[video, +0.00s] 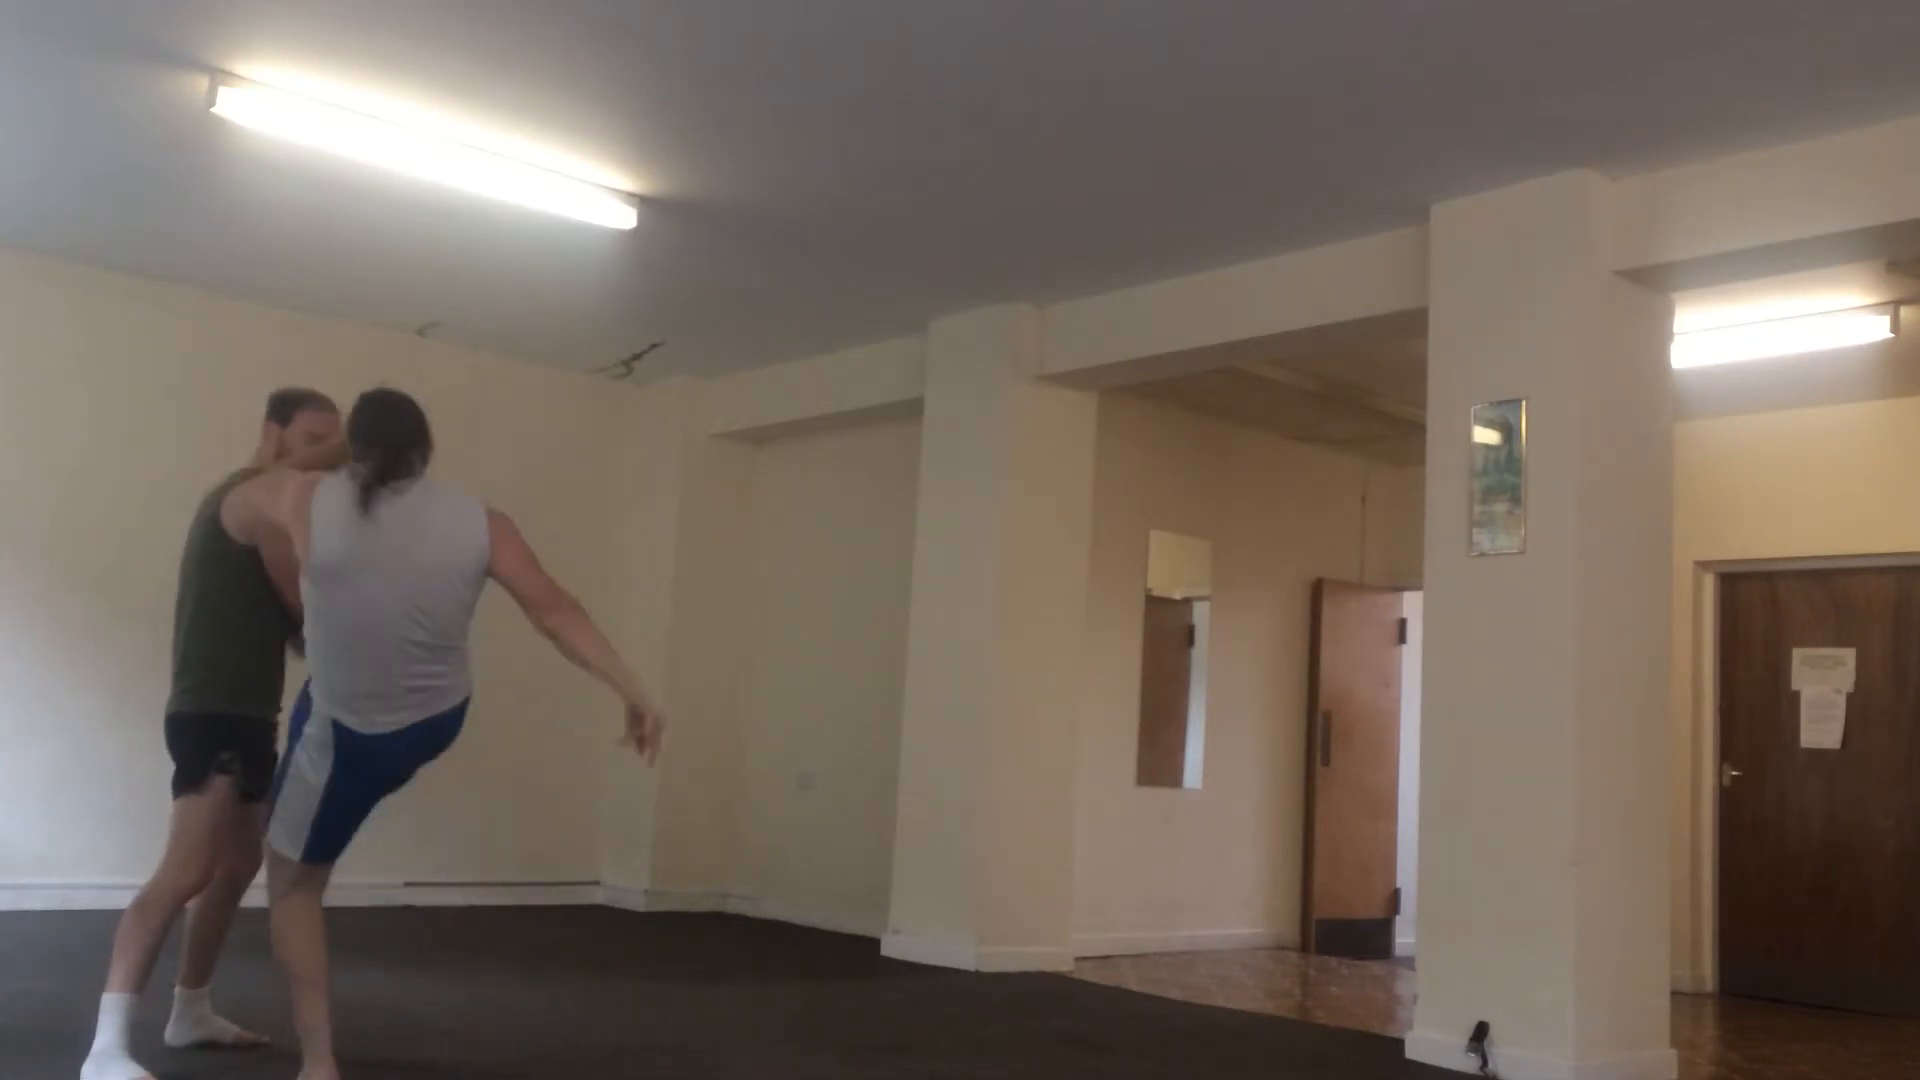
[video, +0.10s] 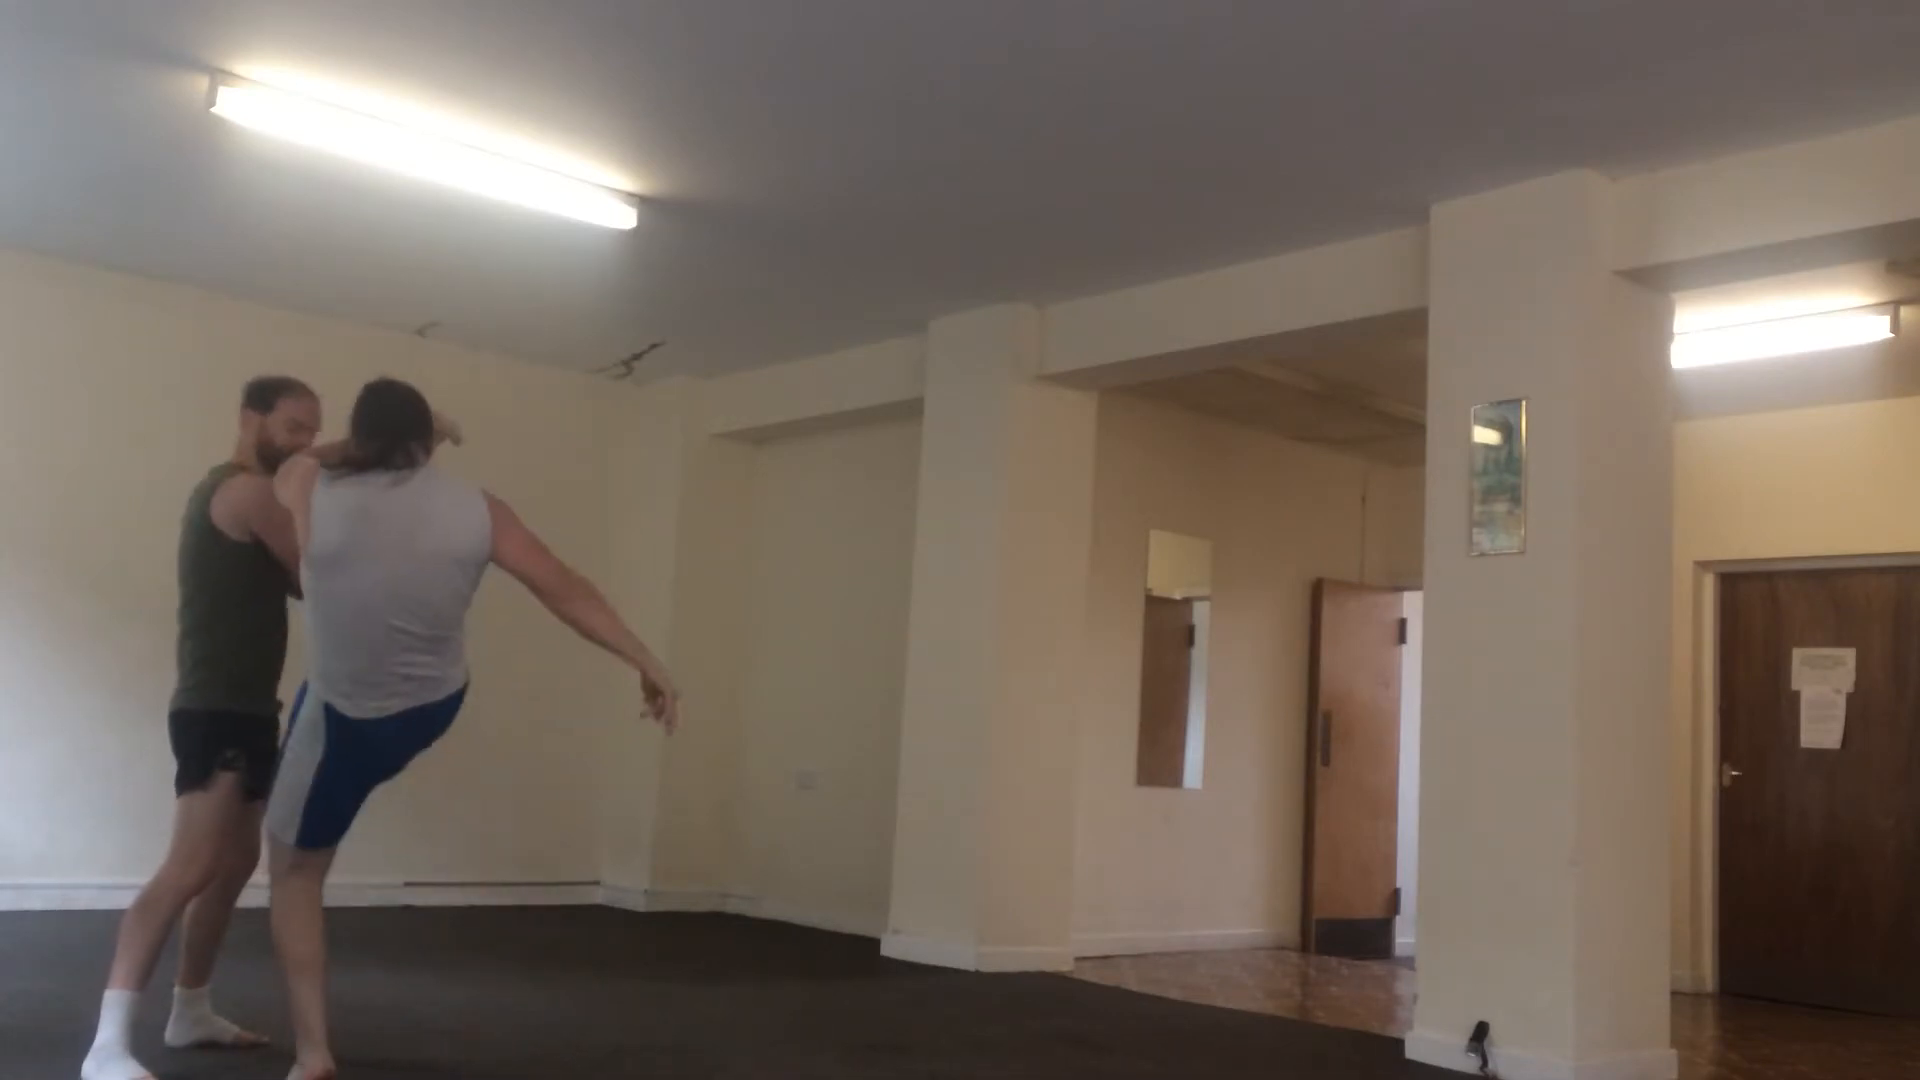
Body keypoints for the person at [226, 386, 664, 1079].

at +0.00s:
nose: (331, 448)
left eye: (338, 439)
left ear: (351, 446)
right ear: (427, 448)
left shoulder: (306, 499)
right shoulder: (476, 520)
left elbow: (231, 510)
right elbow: (554, 610)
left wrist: (279, 474)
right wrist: (631, 692)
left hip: (347, 740)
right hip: (439, 722)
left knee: (294, 886)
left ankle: (319, 1063)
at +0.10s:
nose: (315, 435)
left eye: (331, 427)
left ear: (355, 441)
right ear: (430, 441)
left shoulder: (318, 496)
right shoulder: (473, 509)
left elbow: (303, 464)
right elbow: (561, 590)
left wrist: (383, 443)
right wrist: (645, 661)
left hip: (345, 724)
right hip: (435, 707)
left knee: (296, 874)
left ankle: (314, 1054)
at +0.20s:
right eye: (437, 427)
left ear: (358, 439)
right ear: (434, 435)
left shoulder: (324, 504)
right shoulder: (474, 511)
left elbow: (284, 463)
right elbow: (556, 590)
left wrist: (351, 445)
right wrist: (609, 620)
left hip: (346, 731)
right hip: (441, 713)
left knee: (299, 884)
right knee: (424, 692)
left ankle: (314, 1060)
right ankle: (449, 799)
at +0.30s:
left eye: (366, 427)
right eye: (435, 432)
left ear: (363, 440)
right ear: (439, 438)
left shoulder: (325, 500)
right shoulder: (481, 516)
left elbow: (264, 482)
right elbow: (548, 586)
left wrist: (342, 448)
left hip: (349, 736)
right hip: (440, 732)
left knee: (306, 896)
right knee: (423, 788)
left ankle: (316, 1065)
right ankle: (442, 899)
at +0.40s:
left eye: (366, 430)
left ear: (377, 441)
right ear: (449, 439)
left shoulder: (342, 506)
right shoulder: (486, 512)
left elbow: (272, 501)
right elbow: (538, 564)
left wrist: (351, 449)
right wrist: (480, 478)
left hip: (364, 740)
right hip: (452, 741)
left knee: (312, 897)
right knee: (427, 861)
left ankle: (317, 1065)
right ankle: (449, 985)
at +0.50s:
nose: (381, 437)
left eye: (387, 428)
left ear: (399, 438)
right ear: (469, 436)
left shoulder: (368, 502)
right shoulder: (512, 508)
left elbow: (288, 520)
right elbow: (524, 547)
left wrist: (365, 449)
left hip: (382, 744)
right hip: (474, 747)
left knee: (336, 906)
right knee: (443, 908)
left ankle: (319, 1066)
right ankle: (462, 1067)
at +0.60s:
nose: (408, 443)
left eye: (411, 433)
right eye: (412, 431)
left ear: (422, 442)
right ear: (490, 441)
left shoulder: (395, 501)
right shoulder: (536, 513)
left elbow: (309, 530)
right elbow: (481, 605)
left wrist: (378, 453)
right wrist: (374, 628)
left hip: (404, 747)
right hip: (498, 751)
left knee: (354, 918)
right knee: (464, 938)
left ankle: (325, 1065)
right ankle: (462, 1074)